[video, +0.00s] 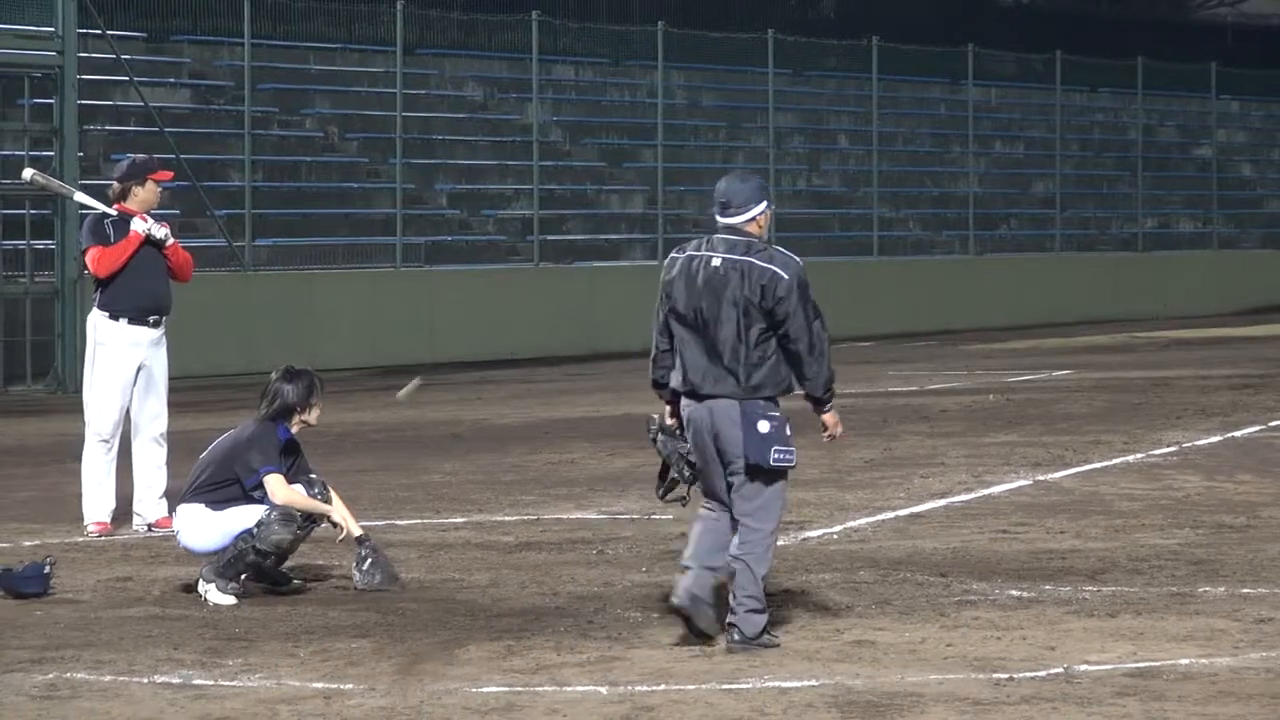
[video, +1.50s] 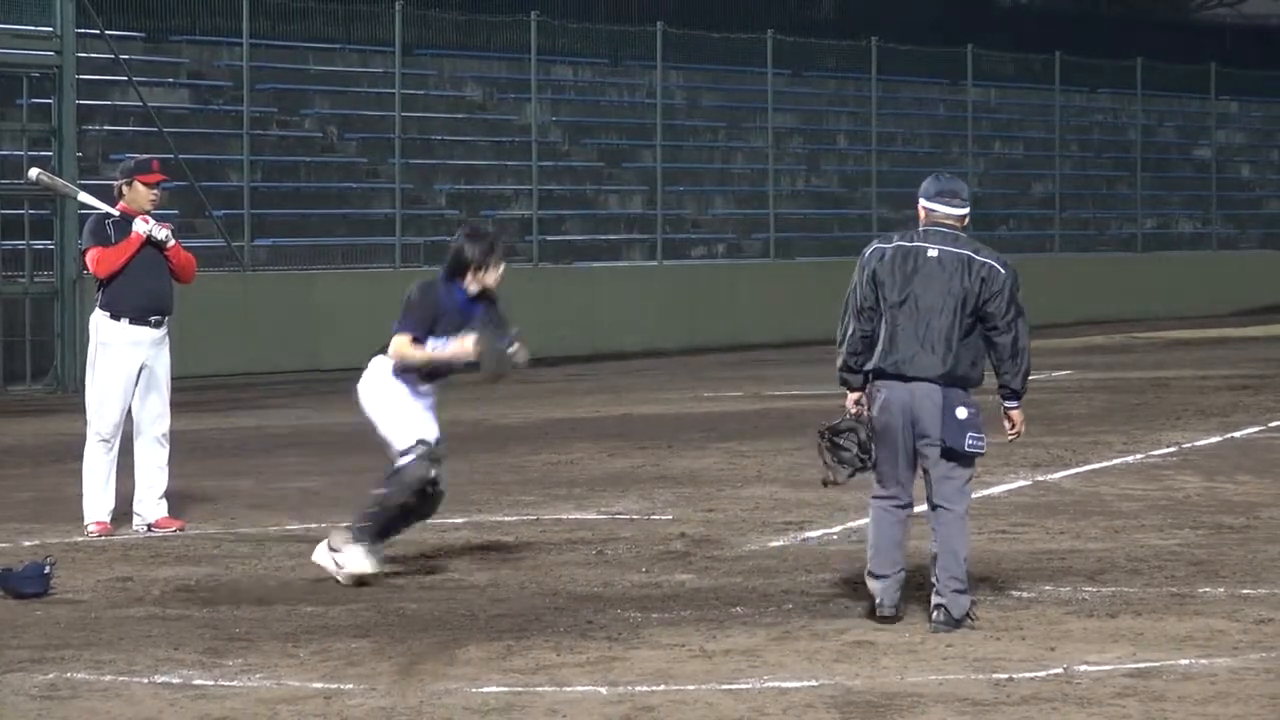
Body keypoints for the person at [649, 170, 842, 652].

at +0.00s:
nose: (769, 218)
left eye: (765, 211)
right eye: (766, 212)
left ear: (720, 214)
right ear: (758, 217)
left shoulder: (681, 260)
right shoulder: (780, 268)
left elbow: (665, 337)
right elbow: (804, 343)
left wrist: (669, 396)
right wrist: (824, 404)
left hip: (695, 406)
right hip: (750, 410)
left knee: (717, 503)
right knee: (757, 517)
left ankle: (694, 589)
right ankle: (746, 625)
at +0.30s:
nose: (808, 222)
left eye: (805, 215)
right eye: (806, 217)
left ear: (761, 219)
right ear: (797, 221)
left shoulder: (725, 266)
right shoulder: (819, 268)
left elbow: (711, 341)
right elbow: (843, 340)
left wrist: (712, 401)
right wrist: (858, 401)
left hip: (740, 405)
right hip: (792, 406)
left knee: (784, 509)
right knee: (777, 513)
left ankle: (813, 609)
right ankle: (745, 620)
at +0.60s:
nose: (845, 216)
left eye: (841, 209)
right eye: (843, 210)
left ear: (798, 212)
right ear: (835, 214)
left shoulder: (763, 260)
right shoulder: (858, 260)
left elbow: (752, 338)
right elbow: (879, 337)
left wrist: (755, 396)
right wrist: (888, 401)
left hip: (783, 401)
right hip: (841, 402)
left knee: (803, 508)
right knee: (862, 492)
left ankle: (804, 605)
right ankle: (820, 583)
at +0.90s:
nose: (881, 222)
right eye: (885, 216)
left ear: (842, 216)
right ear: (888, 220)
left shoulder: (807, 261)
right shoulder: (909, 266)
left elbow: (791, 337)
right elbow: (925, 342)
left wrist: (792, 394)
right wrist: (928, 403)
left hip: (824, 403)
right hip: (888, 405)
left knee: (820, 510)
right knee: (909, 504)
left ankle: (811, 610)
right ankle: (939, 604)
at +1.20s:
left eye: (898, 212)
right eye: (932, 216)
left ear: (895, 214)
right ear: (940, 218)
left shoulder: (856, 257)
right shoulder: (965, 264)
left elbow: (840, 329)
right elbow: (983, 337)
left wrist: (838, 387)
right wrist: (988, 399)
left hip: (871, 400)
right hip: (934, 402)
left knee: (862, 495)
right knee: (944, 504)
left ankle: (835, 577)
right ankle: (949, 605)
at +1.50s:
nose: (922, 216)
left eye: (921, 210)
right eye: (954, 214)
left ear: (920, 212)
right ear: (965, 217)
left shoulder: (879, 254)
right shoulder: (988, 265)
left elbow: (858, 324)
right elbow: (1007, 336)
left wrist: (854, 382)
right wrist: (1012, 398)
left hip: (889, 393)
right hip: (950, 397)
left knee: (890, 494)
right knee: (950, 502)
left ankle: (885, 596)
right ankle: (949, 604)